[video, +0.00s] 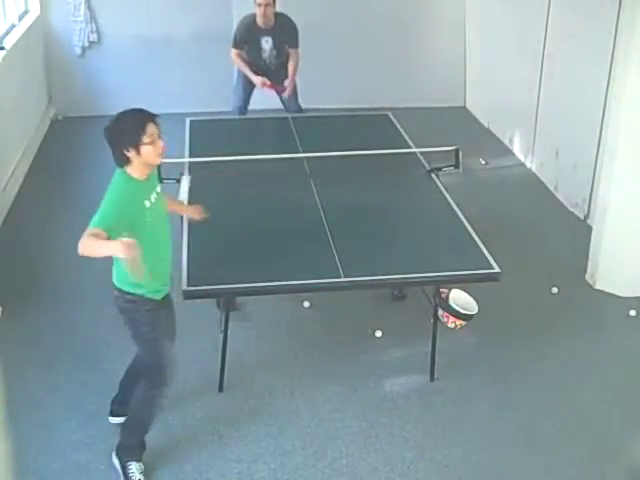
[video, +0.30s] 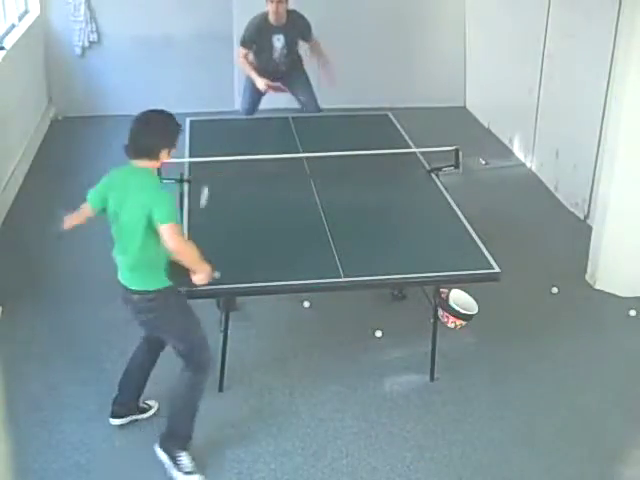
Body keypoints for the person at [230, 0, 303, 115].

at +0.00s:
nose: (263, 10)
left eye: (267, 5)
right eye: (259, 6)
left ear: (274, 7)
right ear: (255, 7)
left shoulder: (287, 24)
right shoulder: (246, 24)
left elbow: (293, 54)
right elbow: (235, 54)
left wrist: (291, 78)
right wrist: (254, 78)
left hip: (279, 71)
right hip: (251, 68)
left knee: (294, 109)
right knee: (238, 108)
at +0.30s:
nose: (276, 8)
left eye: (280, 4)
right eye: (272, 3)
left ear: (287, 5)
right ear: (267, 5)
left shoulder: (298, 20)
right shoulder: (256, 24)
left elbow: (312, 43)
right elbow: (242, 57)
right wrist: (257, 79)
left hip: (291, 71)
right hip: (261, 71)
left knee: (313, 110)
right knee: (246, 112)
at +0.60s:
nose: (287, 12)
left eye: (292, 7)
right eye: (283, 7)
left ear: (300, 8)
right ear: (280, 8)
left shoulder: (316, 25)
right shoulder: (272, 29)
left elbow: (338, 42)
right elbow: (260, 64)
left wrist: (357, 64)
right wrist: (280, 82)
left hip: (307, 77)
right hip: (276, 77)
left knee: (322, 116)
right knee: (257, 113)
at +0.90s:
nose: (272, 16)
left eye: (276, 11)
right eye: (268, 11)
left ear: (281, 11)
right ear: (261, 10)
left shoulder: (287, 28)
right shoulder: (251, 32)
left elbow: (303, 45)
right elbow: (232, 63)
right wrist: (257, 79)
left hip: (276, 79)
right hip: (251, 81)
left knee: (298, 116)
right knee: (250, 122)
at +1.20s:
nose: (263, 0)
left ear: (265, 1)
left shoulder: (262, 13)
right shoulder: (242, 14)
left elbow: (261, 36)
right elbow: (247, 52)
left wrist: (287, 49)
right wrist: (269, 77)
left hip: (250, 76)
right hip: (228, 77)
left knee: (272, 113)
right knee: (236, 120)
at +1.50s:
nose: (253, 3)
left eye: (254, 1)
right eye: (250, 0)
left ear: (253, 1)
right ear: (241, 0)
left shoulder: (254, 12)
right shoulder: (228, 15)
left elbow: (257, 32)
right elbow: (211, 52)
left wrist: (285, 42)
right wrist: (238, 70)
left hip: (246, 76)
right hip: (226, 77)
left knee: (250, 118)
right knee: (237, 119)